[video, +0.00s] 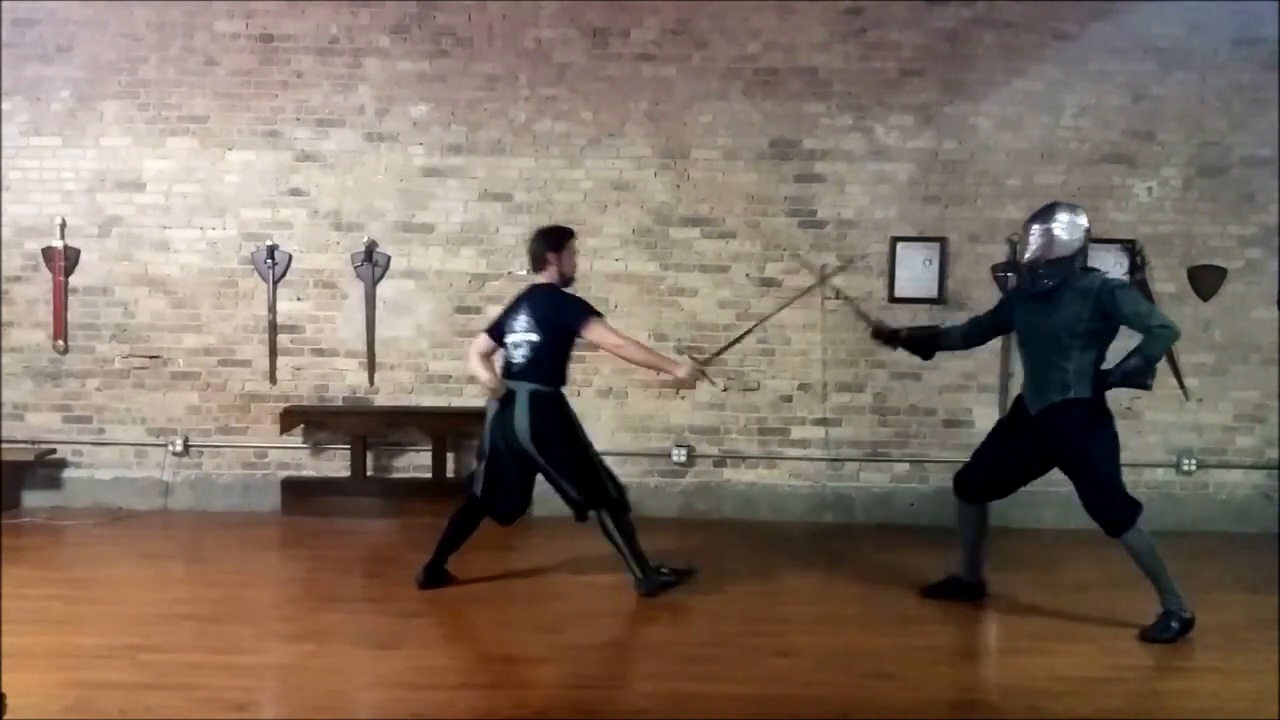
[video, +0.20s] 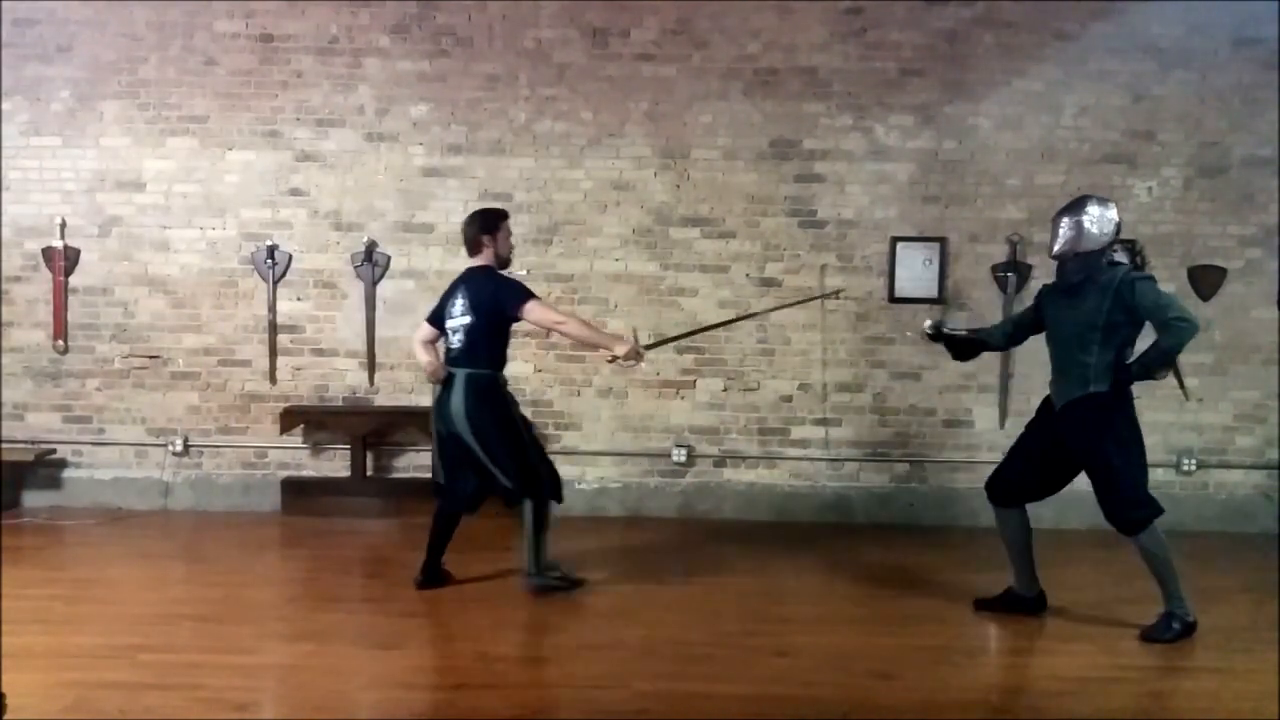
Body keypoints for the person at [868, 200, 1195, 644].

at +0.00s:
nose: (1029, 253)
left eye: (1040, 245)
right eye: (1029, 243)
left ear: (1065, 247)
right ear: (1032, 244)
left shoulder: (1101, 290)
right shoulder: (1022, 298)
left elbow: (1163, 330)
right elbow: (968, 334)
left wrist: (1120, 373)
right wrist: (902, 338)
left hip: (1082, 418)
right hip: (1030, 418)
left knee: (1113, 511)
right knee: (970, 487)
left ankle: (1176, 608)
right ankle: (969, 579)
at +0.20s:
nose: (1061, 240)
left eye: (1072, 229)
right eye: (1060, 229)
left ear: (1096, 233)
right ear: (1063, 234)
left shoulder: (1126, 283)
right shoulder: (1053, 295)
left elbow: (1181, 325)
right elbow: (1010, 331)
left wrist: (1134, 372)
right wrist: (968, 341)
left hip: (1107, 413)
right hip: (1060, 415)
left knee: (1130, 512)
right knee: (1004, 490)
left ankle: (1179, 611)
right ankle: (1026, 592)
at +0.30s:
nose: (1070, 235)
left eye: (1082, 224)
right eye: (1068, 226)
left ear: (1107, 229)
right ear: (1064, 232)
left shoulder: (1132, 281)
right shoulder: (1059, 295)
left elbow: (1192, 322)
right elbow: (1020, 339)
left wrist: (1146, 368)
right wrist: (977, 351)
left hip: (1113, 413)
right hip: (1065, 414)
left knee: (1135, 511)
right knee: (1010, 492)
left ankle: (1180, 611)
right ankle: (1026, 592)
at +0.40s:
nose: (1071, 237)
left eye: (1082, 226)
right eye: (1070, 227)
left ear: (1107, 229)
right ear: (1069, 231)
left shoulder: (1138, 280)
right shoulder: (1064, 293)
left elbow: (1198, 320)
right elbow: (1028, 339)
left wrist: (1153, 366)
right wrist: (989, 361)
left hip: (1117, 414)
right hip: (1068, 414)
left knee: (1135, 511)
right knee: (1013, 491)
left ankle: (1179, 611)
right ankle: (1025, 592)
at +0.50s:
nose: (1072, 237)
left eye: (1082, 226)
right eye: (1070, 227)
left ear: (1108, 230)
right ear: (1068, 231)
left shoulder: (1139, 279)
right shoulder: (1065, 293)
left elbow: (1200, 320)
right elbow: (1030, 340)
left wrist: (1152, 366)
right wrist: (994, 363)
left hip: (1117, 412)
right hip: (1069, 412)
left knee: (1135, 510)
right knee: (1015, 491)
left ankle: (1179, 612)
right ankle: (1025, 592)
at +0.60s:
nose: (1070, 235)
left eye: (1081, 225)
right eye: (1069, 225)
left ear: (1106, 228)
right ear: (1068, 229)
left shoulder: (1138, 278)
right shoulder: (1064, 291)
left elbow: (1199, 320)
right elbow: (1032, 338)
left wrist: (1151, 366)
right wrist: (995, 367)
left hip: (1117, 411)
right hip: (1068, 412)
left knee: (1136, 509)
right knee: (1016, 491)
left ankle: (1179, 611)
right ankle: (1025, 591)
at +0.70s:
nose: (1070, 235)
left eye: (1080, 224)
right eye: (1069, 225)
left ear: (1106, 228)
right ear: (1069, 229)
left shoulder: (1138, 278)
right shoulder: (1064, 292)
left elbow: (1198, 321)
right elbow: (1032, 340)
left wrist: (1151, 367)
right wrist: (991, 372)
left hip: (1117, 411)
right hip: (1068, 412)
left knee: (1138, 509)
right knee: (1018, 491)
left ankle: (1180, 612)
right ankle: (1024, 592)